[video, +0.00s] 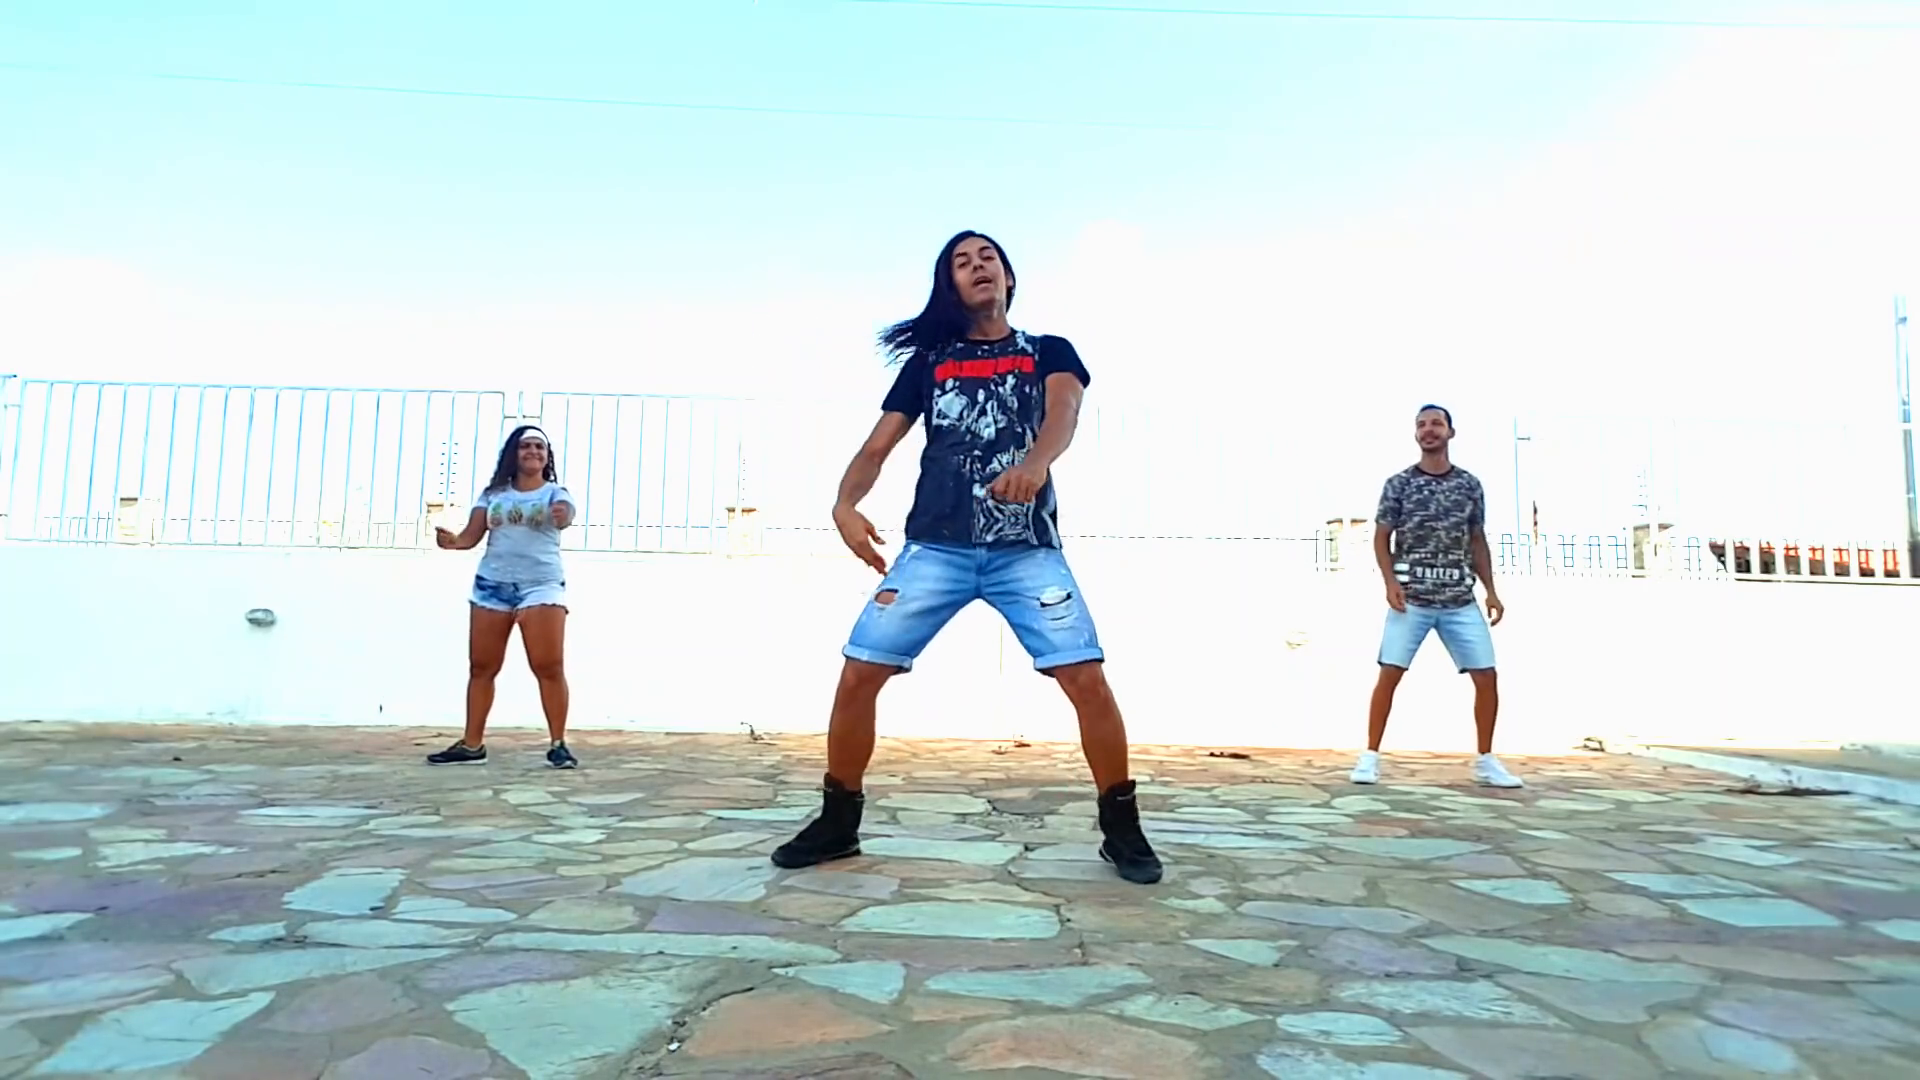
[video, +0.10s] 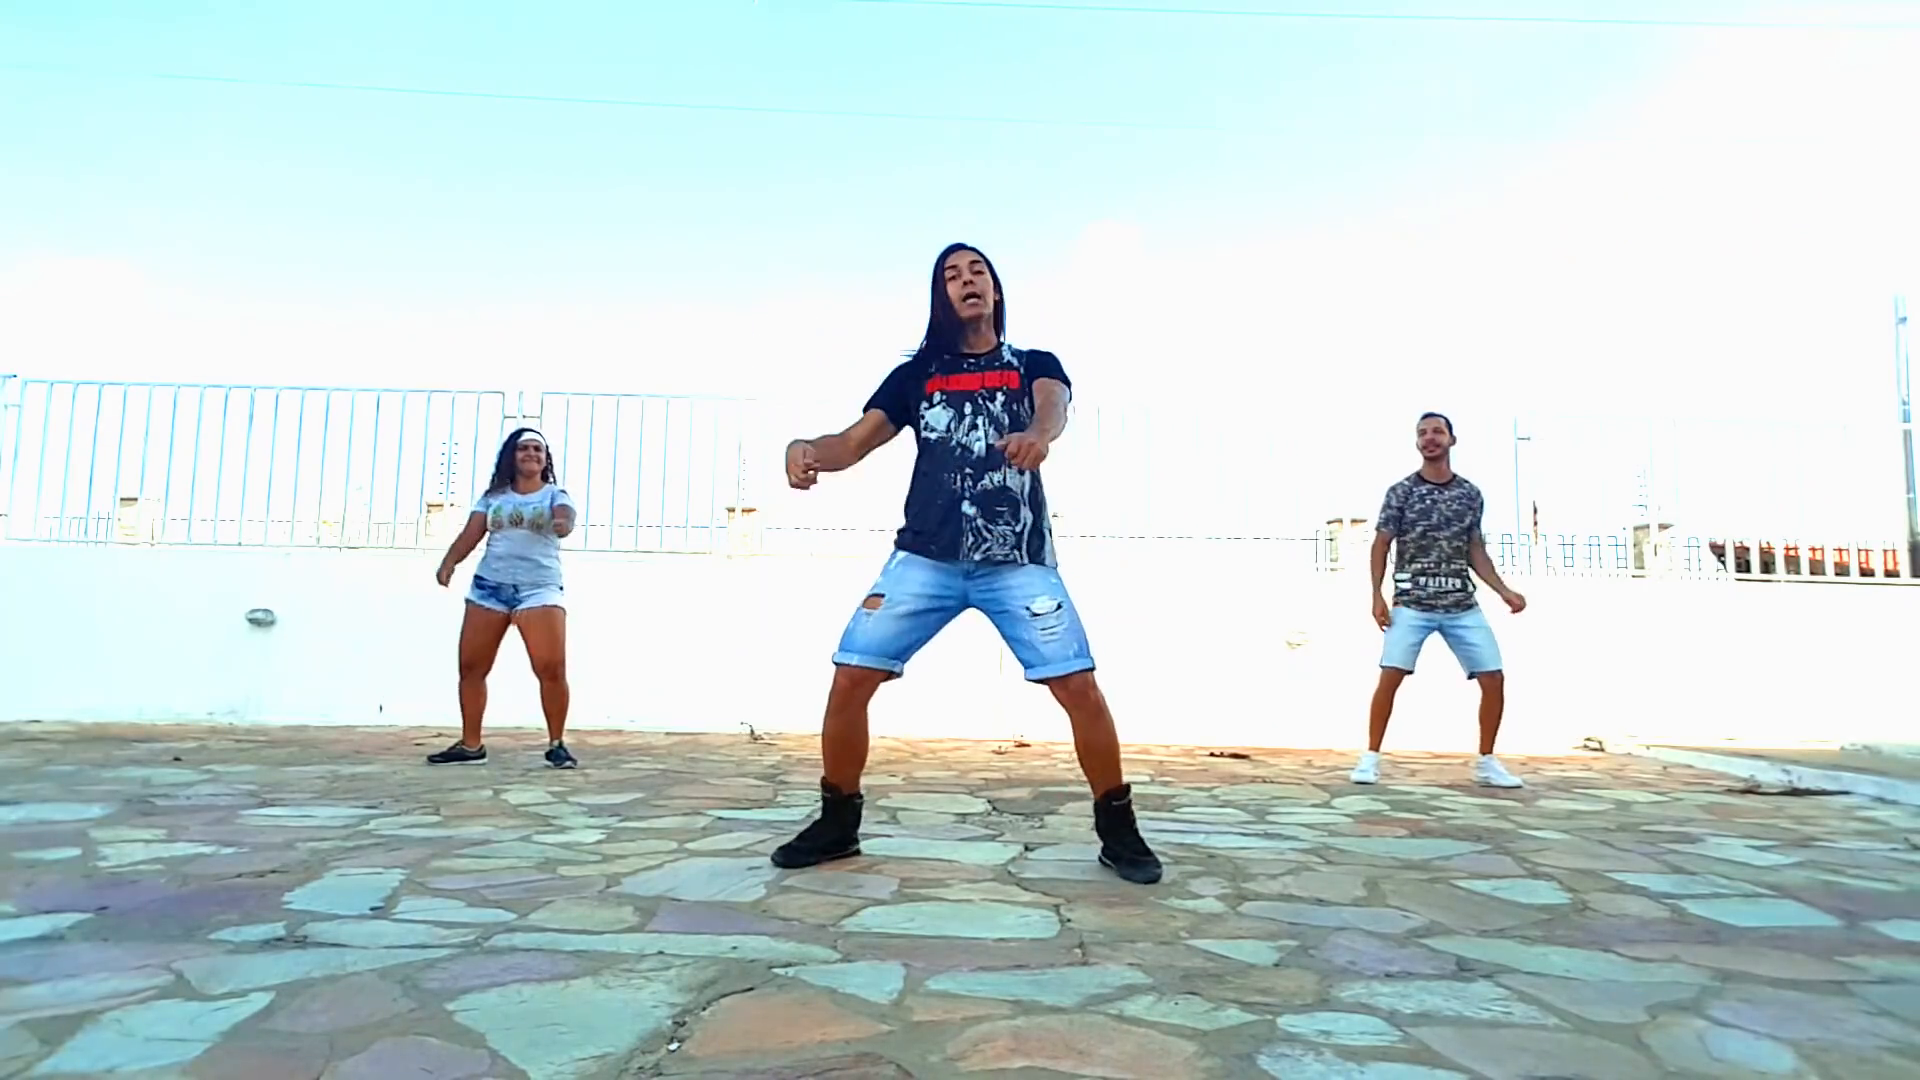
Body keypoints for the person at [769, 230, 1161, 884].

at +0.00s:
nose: (978, 263)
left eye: (987, 255)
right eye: (963, 260)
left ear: (1008, 277)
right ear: (949, 289)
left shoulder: (1049, 350)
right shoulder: (930, 361)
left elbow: (1063, 414)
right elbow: (878, 445)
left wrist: (1037, 463)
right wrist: (843, 504)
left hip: (1027, 553)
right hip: (935, 550)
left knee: (1088, 680)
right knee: (858, 674)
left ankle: (1122, 825)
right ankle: (837, 821)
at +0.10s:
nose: (967, 280)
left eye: (976, 271)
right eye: (953, 276)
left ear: (997, 287)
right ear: (940, 298)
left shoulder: (1035, 365)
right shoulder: (917, 373)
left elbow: (1052, 407)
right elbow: (854, 441)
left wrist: (1038, 435)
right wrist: (808, 451)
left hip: (1019, 563)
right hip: (925, 559)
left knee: (1079, 686)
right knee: (851, 676)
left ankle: (1119, 829)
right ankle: (836, 822)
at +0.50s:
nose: (909, 288)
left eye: (918, 276)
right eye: (895, 280)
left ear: (938, 287)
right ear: (876, 298)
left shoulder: (969, 362)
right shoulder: (854, 369)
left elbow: (989, 388)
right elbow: (826, 411)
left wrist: (944, 380)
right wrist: (892, 408)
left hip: (953, 561)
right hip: (862, 558)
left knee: (1011, 684)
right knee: (779, 673)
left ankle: (1033, 824)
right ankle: (755, 816)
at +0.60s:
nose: (877, 284)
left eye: (885, 272)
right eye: (863, 276)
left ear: (904, 283)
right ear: (848, 291)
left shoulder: (933, 358)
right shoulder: (822, 358)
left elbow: (963, 398)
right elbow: (778, 403)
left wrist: (925, 396)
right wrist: (816, 382)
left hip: (916, 551)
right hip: (828, 548)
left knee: (981, 674)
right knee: (760, 670)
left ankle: (1019, 820)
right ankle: (744, 820)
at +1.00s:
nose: (787, 280)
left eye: (796, 269)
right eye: (773, 273)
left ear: (814, 283)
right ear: (757, 291)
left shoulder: (839, 355)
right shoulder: (732, 363)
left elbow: (870, 393)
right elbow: (721, 414)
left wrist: (842, 359)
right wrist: (772, 387)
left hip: (828, 557)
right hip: (737, 552)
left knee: (887, 678)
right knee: (660, 672)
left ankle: (924, 812)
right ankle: (642, 813)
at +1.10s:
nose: (767, 246)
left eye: (776, 236)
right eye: (753, 239)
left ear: (794, 251)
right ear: (736, 257)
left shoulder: (826, 326)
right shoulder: (716, 326)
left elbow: (868, 375)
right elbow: (696, 399)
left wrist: (850, 351)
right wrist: (689, 343)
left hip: (811, 519)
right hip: (723, 519)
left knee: (871, 643)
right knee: (660, 648)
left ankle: (925, 789)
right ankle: (636, 796)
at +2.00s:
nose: (773, 244)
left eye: (783, 236)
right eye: (760, 238)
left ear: (801, 256)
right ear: (742, 259)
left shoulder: (838, 321)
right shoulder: (713, 327)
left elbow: (864, 373)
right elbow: (613, 343)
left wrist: (807, 376)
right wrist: (648, 265)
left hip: (808, 525)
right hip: (718, 522)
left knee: (868, 653)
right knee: (659, 655)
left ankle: (912, 802)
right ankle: (615, 806)